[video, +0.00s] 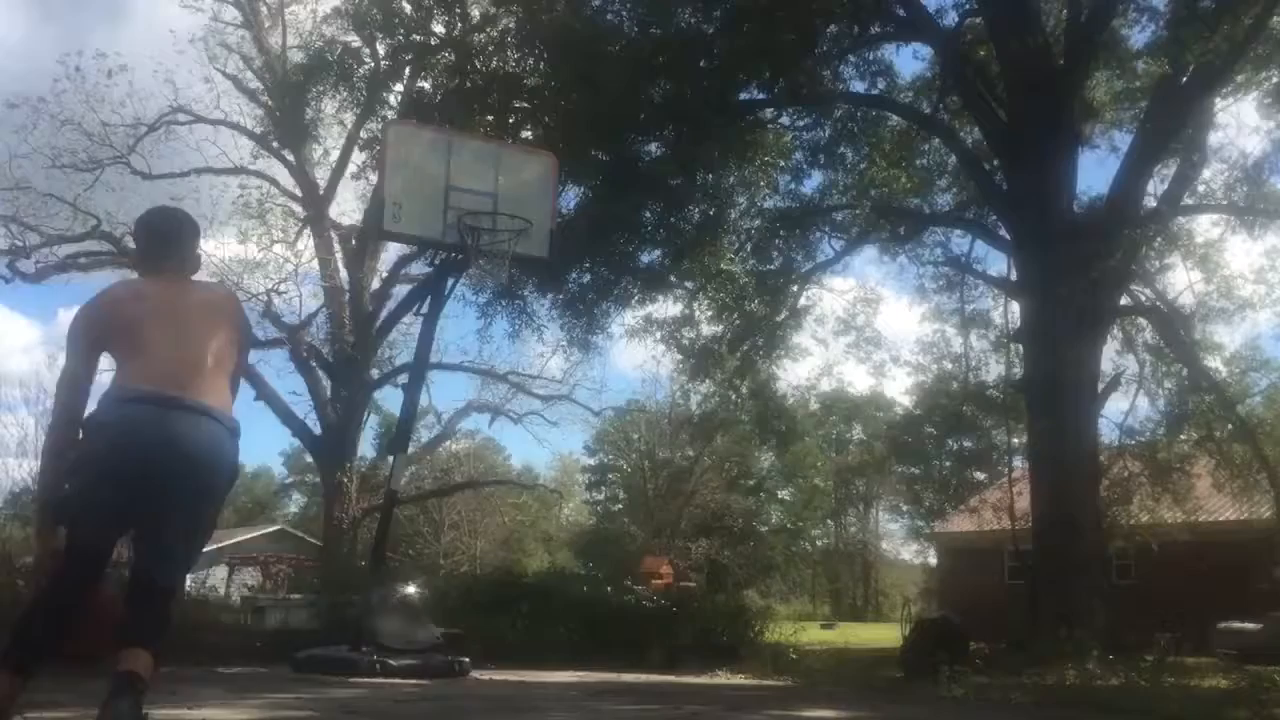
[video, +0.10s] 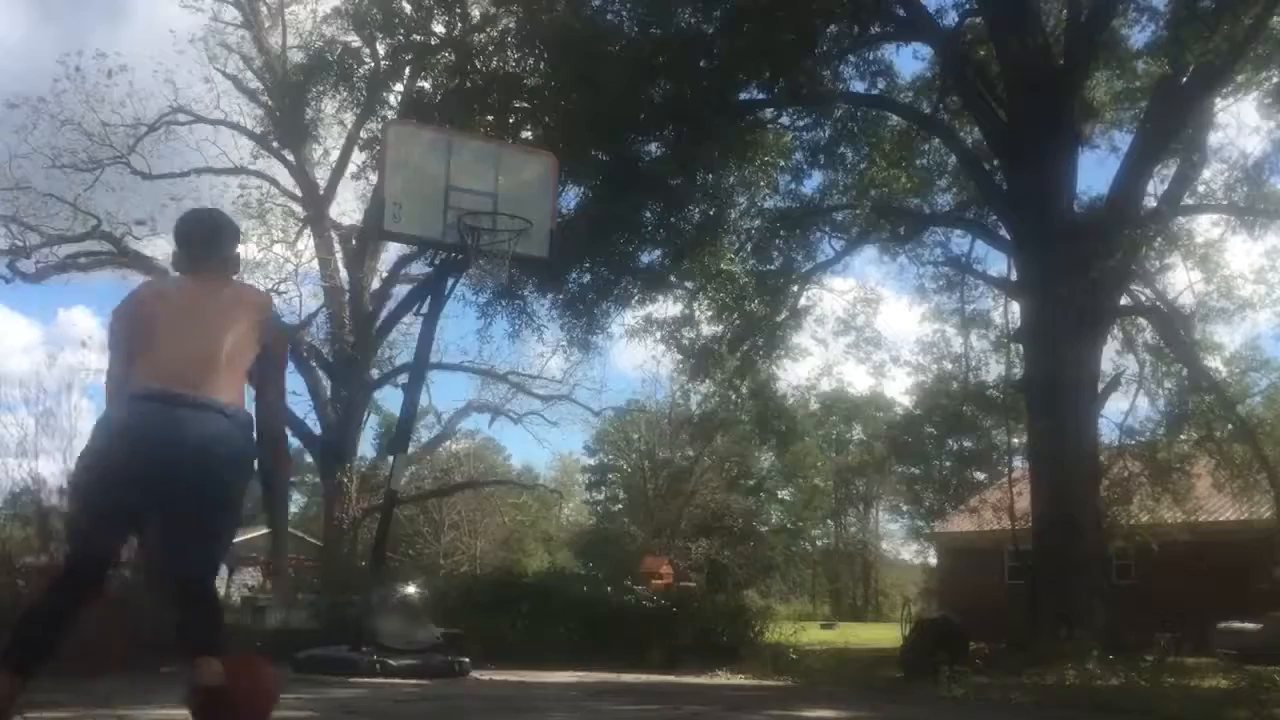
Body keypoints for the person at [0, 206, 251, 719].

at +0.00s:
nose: (195, 257)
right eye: (196, 249)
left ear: (137, 251)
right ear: (195, 254)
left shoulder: (105, 304)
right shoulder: (229, 304)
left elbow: (66, 418)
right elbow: (229, 386)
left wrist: (46, 513)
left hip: (123, 428)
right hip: (207, 441)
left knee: (74, 569)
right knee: (159, 579)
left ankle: (8, 689)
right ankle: (126, 695)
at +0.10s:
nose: (234, 260)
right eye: (236, 252)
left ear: (178, 254)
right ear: (233, 255)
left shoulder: (138, 300)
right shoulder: (260, 307)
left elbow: (118, 399)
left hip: (133, 433)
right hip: (218, 443)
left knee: (81, 567)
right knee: (195, 578)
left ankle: (10, 681)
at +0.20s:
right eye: (288, 224)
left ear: (238, 225)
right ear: (292, 227)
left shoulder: (195, 271)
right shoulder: (315, 284)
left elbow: (145, 356)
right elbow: (357, 388)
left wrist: (164, 425)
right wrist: (396, 470)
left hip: (185, 414)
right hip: (268, 425)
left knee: (111, 557)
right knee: (258, 582)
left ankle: (16, 688)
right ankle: (253, 708)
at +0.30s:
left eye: (293, 173)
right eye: (337, 174)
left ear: (288, 175)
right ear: (343, 177)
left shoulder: (256, 221)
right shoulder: (369, 233)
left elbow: (190, 265)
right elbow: (440, 323)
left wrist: (197, 351)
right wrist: (498, 393)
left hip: (245, 377)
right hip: (322, 386)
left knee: (187, 540)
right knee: (283, 551)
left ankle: (113, 684)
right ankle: (262, 703)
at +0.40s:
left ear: (335, 126)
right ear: (389, 126)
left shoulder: (302, 176)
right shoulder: (416, 183)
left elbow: (236, 217)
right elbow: (494, 259)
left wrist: (253, 311)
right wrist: (558, 310)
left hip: (298, 331)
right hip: (373, 337)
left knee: (282, 497)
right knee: (347, 504)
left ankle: (248, 646)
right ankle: (317, 662)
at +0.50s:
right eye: (428, 99)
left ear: (374, 102)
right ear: (432, 100)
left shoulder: (335, 164)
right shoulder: (455, 157)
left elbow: (286, 234)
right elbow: (536, 236)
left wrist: (329, 297)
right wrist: (612, 268)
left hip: (346, 321)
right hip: (423, 323)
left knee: (344, 516)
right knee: (419, 512)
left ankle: (311, 691)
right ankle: (414, 694)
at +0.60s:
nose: (426, 120)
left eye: (420, 109)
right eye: (447, 108)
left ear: (412, 118)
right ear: (468, 113)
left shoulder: (379, 192)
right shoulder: (499, 175)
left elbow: (365, 296)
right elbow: (571, 247)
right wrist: (644, 271)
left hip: (393, 354)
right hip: (472, 350)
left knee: (388, 543)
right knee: (517, 531)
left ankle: (339, 692)